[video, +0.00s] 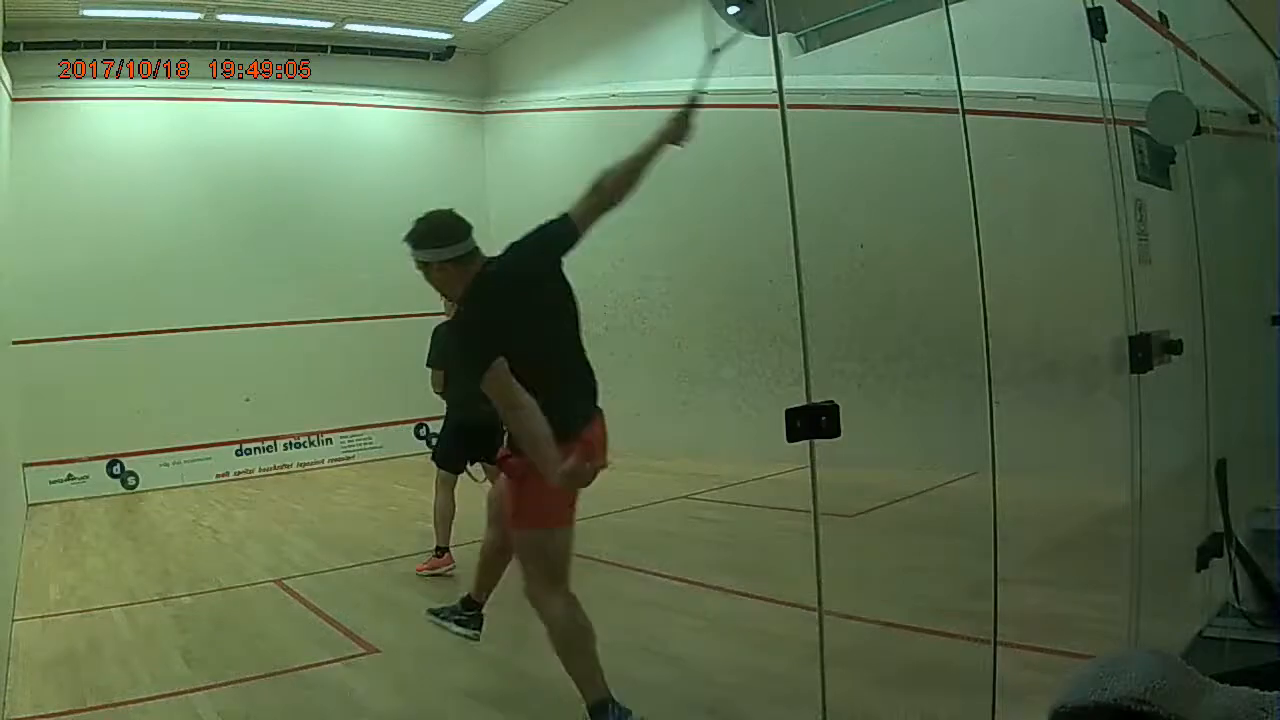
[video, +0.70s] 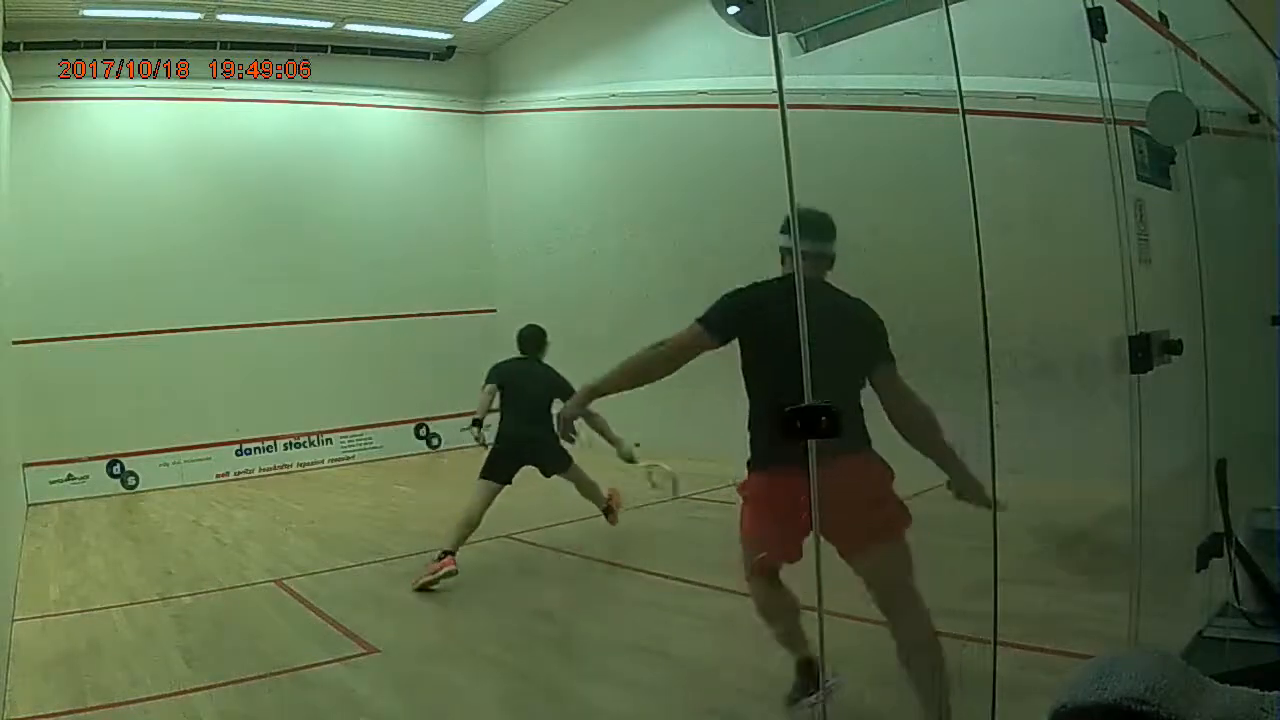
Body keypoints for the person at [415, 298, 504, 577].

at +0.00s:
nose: (444, 304)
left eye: (445, 301)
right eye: (447, 299)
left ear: (448, 305)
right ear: (470, 305)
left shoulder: (443, 332)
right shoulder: (489, 327)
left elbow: (438, 383)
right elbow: (504, 372)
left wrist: (460, 397)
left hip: (460, 417)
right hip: (493, 415)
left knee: (445, 484)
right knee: (497, 477)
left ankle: (442, 552)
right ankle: (519, 537)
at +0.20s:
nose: (422, 306)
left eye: (424, 302)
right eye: (425, 302)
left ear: (429, 304)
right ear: (453, 303)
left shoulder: (430, 334)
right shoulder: (469, 334)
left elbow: (431, 379)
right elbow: (484, 379)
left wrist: (422, 412)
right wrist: (484, 411)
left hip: (451, 419)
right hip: (481, 417)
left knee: (437, 485)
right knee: (476, 481)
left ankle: (436, 560)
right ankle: (498, 542)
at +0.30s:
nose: (416, 333)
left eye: (416, 329)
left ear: (417, 332)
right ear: (443, 331)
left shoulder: (418, 363)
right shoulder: (460, 359)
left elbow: (428, 405)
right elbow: (477, 401)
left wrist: (416, 439)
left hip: (454, 441)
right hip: (487, 437)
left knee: (427, 509)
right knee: (469, 486)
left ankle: (434, 575)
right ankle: (499, 545)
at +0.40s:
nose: (418, 350)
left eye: (417, 346)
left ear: (417, 348)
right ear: (443, 345)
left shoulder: (418, 378)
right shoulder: (463, 372)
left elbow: (424, 420)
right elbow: (487, 414)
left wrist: (416, 463)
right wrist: (503, 455)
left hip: (463, 454)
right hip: (495, 448)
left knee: (425, 510)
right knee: (483, 490)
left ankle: (434, 575)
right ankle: (519, 539)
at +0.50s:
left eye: (436, 348)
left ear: (434, 351)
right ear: (460, 348)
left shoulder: (431, 382)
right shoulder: (480, 377)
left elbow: (432, 417)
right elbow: (505, 419)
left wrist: (434, 464)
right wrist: (534, 459)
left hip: (474, 456)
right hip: (507, 448)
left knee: (432, 513)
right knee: (512, 485)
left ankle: (436, 574)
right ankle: (551, 531)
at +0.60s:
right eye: (487, 344)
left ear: (464, 347)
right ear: (490, 345)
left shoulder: (453, 377)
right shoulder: (504, 376)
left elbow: (454, 406)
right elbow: (534, 419)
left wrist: (459, 442)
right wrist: (564, 454)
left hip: (481, 455)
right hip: (517, 450)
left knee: (446, 513)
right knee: (542, 476)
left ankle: (436, 571)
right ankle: (577, 520)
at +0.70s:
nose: (542, 348)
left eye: (535, 343)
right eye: (543, 344)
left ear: (518, 345)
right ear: (543, 347)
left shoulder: (501, 369)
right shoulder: (550, 376)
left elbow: (487, 396)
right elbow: (588, 413)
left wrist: (477, 422)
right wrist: (618, 443)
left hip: (508, 444)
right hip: (543, 444)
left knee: (479, 501)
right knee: (577, 477)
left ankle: (446, 555)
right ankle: (607, 508)